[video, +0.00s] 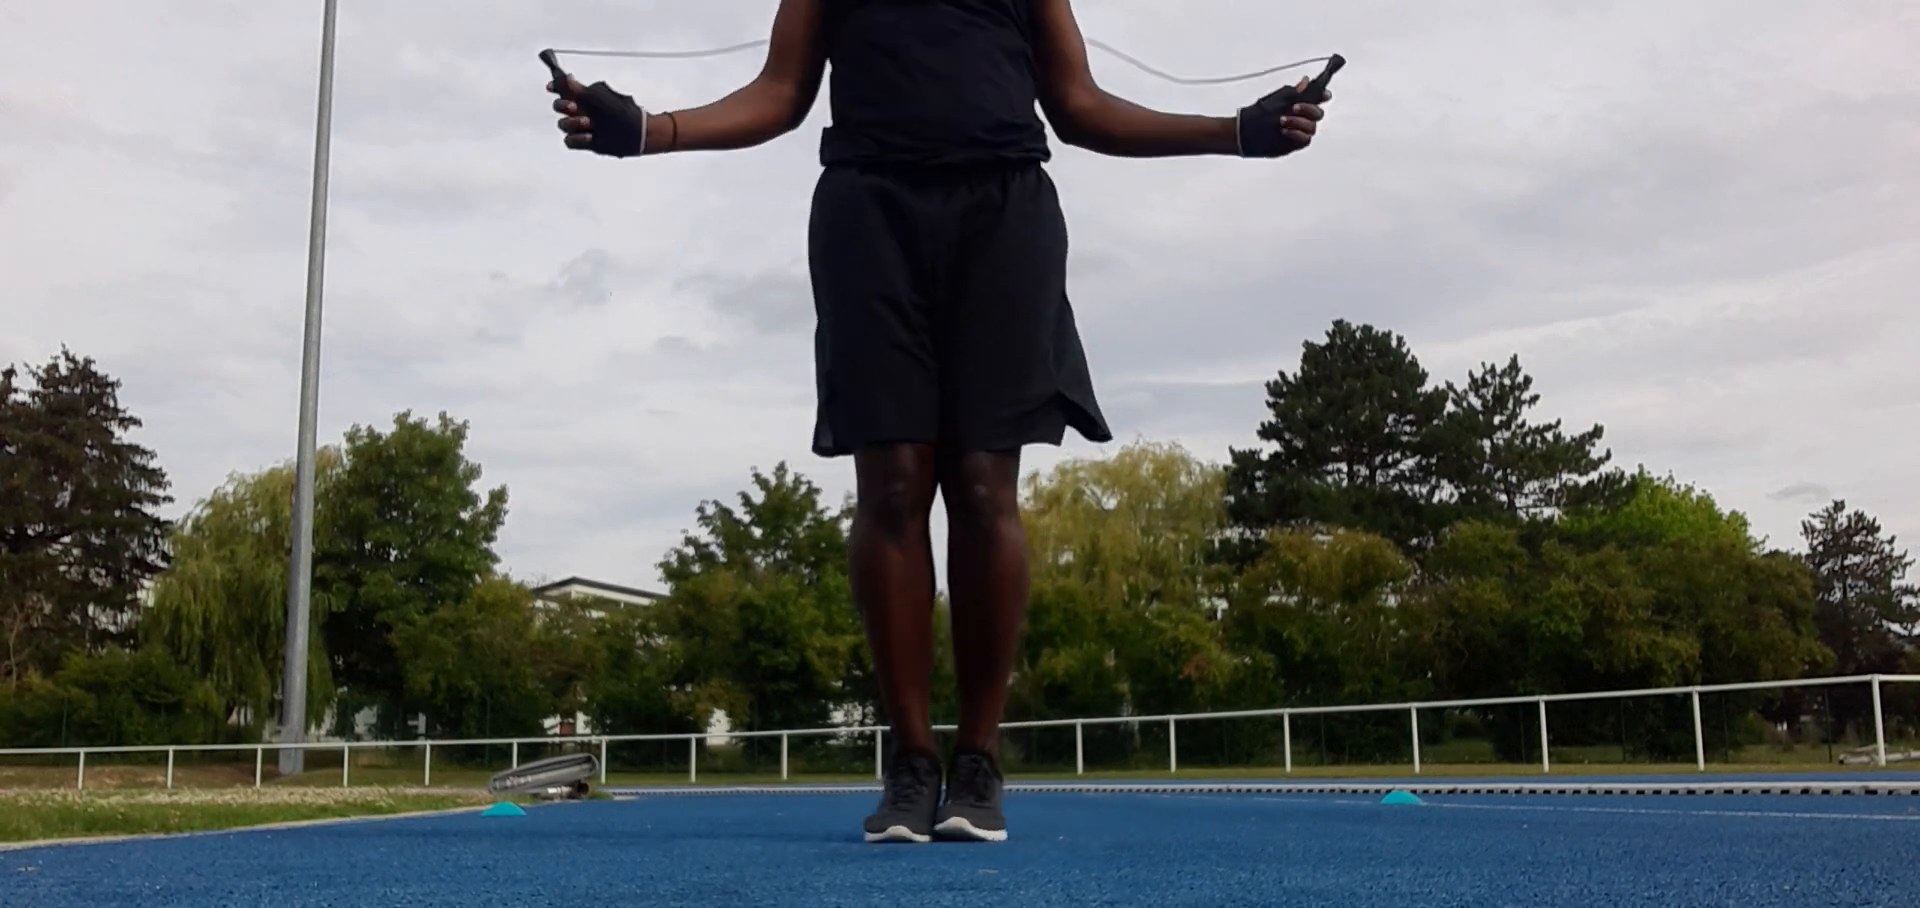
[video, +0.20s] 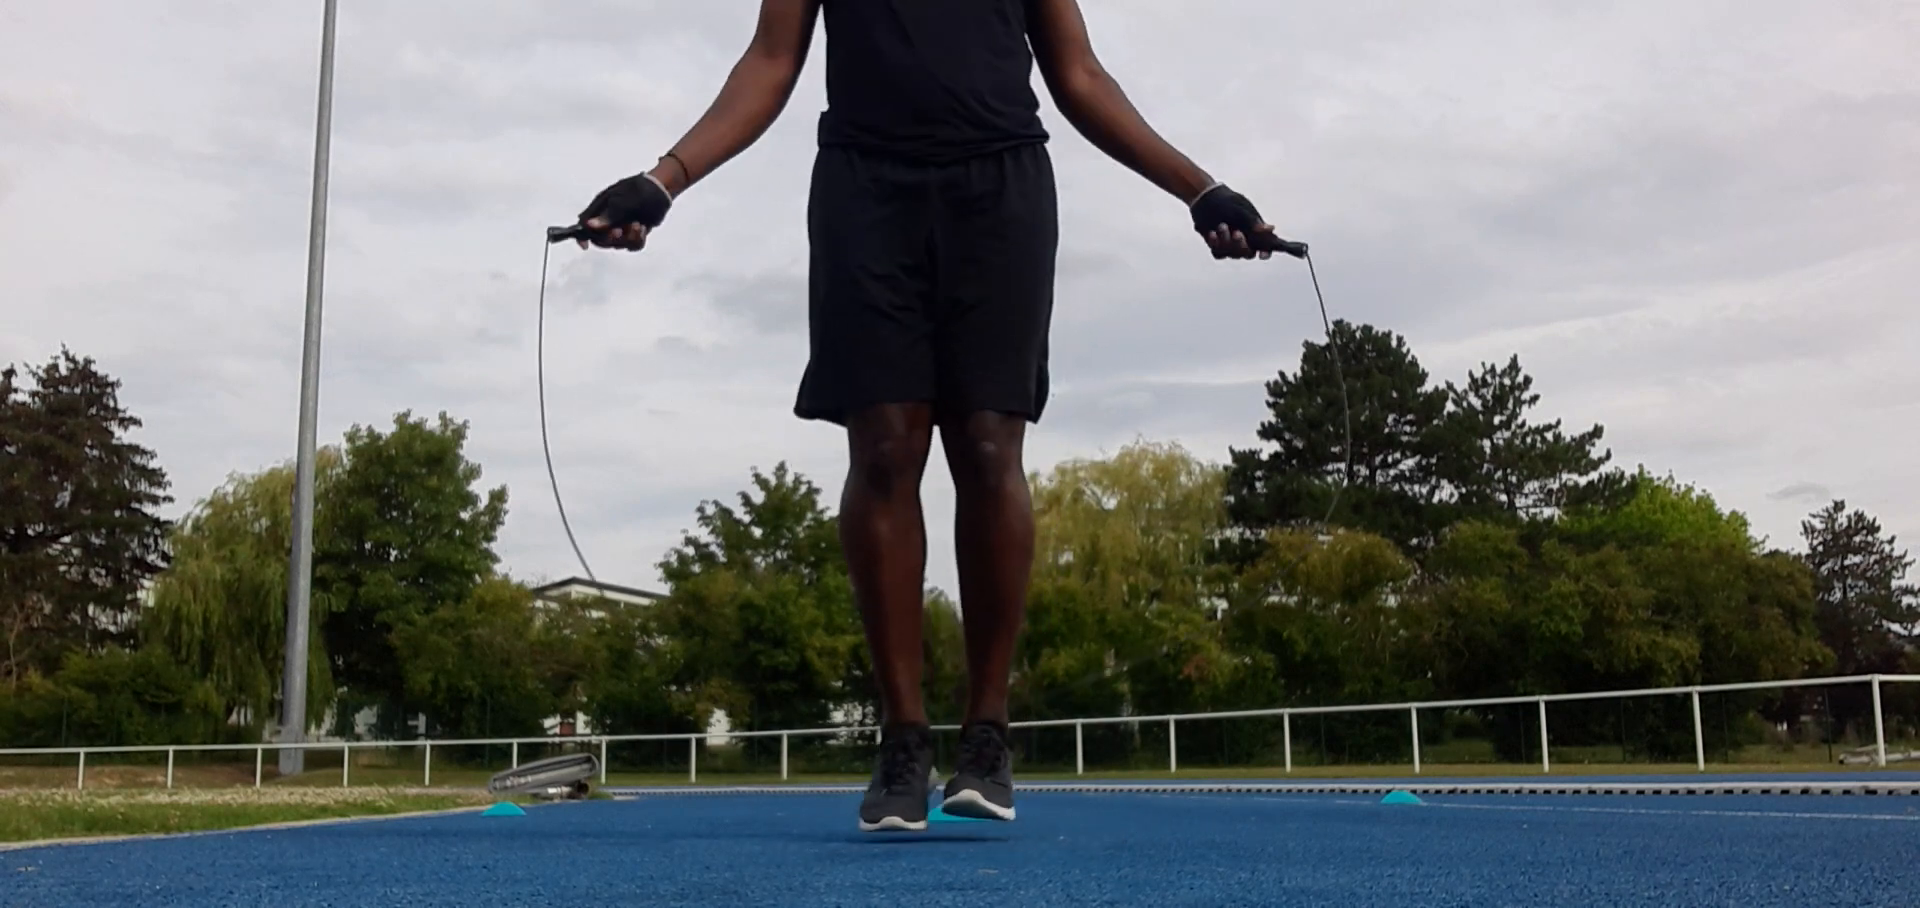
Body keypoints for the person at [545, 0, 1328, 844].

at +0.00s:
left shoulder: (1030, 7)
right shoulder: (823, 7)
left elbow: (1082, 109)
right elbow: (778, 94)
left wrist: (1239, 129)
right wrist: (645, 128)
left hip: (1003, 205)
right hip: (869, 206)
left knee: (983, 484)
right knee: (893, 481)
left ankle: (977, 764)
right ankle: (910, 769)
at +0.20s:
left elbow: (1078, 73)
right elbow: (771, 57)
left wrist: (1200, 187)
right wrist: (662, 178)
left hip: (999, 176)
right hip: (864, 178)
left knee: (987, 448)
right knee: (884, 447)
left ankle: (986, 736)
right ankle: (904, 747)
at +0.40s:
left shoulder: (1026, 3)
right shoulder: (813, 1)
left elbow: (1083, 126)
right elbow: (764, 112)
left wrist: (1229, 136)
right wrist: (646, 137)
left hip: (998, 228)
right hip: (863, 229)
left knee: (982, 495)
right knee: (890, 493)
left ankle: (975, 773)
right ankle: (916, 775)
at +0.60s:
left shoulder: (1021, 3)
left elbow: (1066, 89)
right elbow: (771, 74)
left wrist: (1196, 196)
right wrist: (655, 193)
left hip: (996, 180)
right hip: (861, 183)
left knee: (977, 443)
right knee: (886, 444)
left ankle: (981, 737)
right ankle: (903, 740)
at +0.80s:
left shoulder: (1020, 6)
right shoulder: (802, 3)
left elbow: (1080, 118)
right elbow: (756, 103)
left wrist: (1212, 159)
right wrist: (651, 154)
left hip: (988, 235)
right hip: (857, 235)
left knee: (970, 489)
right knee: (881, 489)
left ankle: (967, 767)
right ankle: (909, 772)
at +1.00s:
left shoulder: (1013, 4)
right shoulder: (810, 2)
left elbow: (1062, 105)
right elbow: (764, 87)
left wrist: (1205, 192)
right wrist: (633, 190)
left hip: (987, 188)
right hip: (853, 186)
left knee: (964, 452)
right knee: (880, 450)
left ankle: (960, 739)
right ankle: (899, 741)